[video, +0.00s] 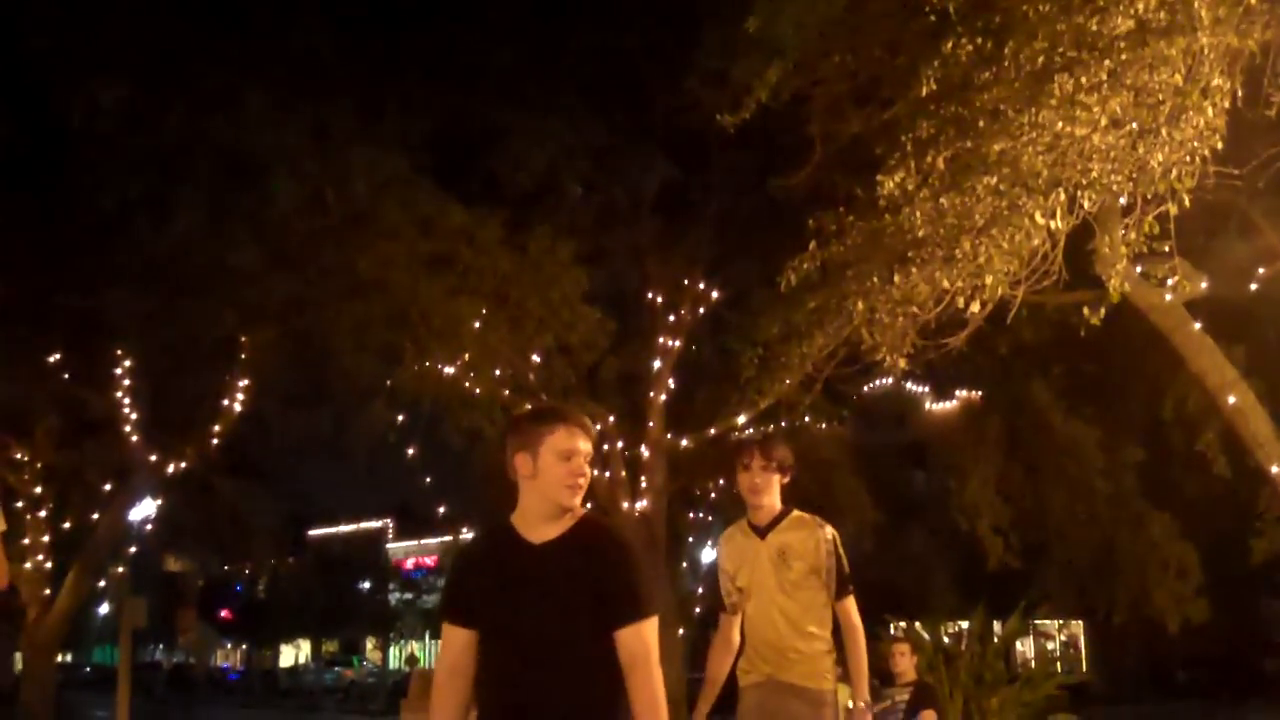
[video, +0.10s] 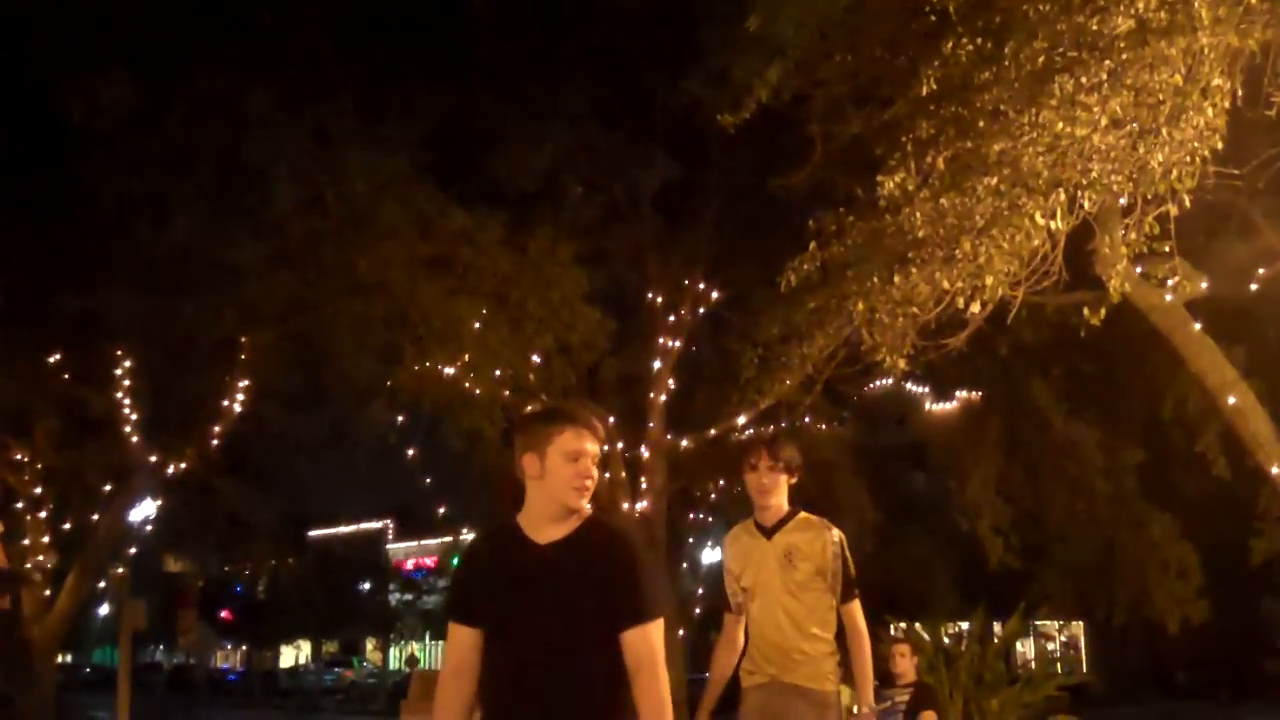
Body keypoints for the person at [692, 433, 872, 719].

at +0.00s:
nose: (754, 477)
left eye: (765, 467)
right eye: (746, 468)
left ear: (784, 475)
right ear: (735, 478)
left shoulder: (818, 535)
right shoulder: (729, 542)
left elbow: (850, 620)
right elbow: (728, 633)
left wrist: (861, 701)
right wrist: (701, 710)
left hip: (813, 689)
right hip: (754, 688)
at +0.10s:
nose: (762, 478)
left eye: (773, 468)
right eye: (753, 468)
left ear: (792, 475)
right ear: (743, 477)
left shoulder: (826, 537)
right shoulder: (735, 541)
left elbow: (854, 624)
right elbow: (732, 630)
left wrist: (866, 706)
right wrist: (704, 710)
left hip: (816, 692)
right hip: (756, 691)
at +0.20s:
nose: (769, 479)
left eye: (781, 469)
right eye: (760, 468)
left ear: (799, 477)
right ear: (751, 478)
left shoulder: (832, 539)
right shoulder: (739, 542)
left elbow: (859, 628)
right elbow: (737, 630)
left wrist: (869, 708)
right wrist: (710, 708)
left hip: (821, 693)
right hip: (760, 692)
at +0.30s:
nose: (775, 481)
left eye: (786, 471)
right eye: (766, 470)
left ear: (803, 479)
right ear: (756, 479)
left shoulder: (837, 543)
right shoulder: (743, 544)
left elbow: (862, 633)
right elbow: (739, 632)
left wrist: (869, 711)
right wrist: (715, 709)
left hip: (826, 695)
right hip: (763, 695)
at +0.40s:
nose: (779, 479)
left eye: (789, 470)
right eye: (770, 469)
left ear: (807, 477)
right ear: (759, 476)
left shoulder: (839, 541)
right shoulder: (745, 542)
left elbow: (860, 632)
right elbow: (740, 630)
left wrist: (867, 711)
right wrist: (718, 709)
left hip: (825, 696)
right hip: (762, 695)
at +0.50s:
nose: (779, 478)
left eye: (790, 468)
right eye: (770, 468)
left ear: (807, 476)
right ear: (759, 476)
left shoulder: (839, 541)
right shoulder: (745, 540)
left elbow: (860, 633)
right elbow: (740, 630)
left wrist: (863, 711)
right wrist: (718, 710)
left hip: (824, 696)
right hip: (760, 695)